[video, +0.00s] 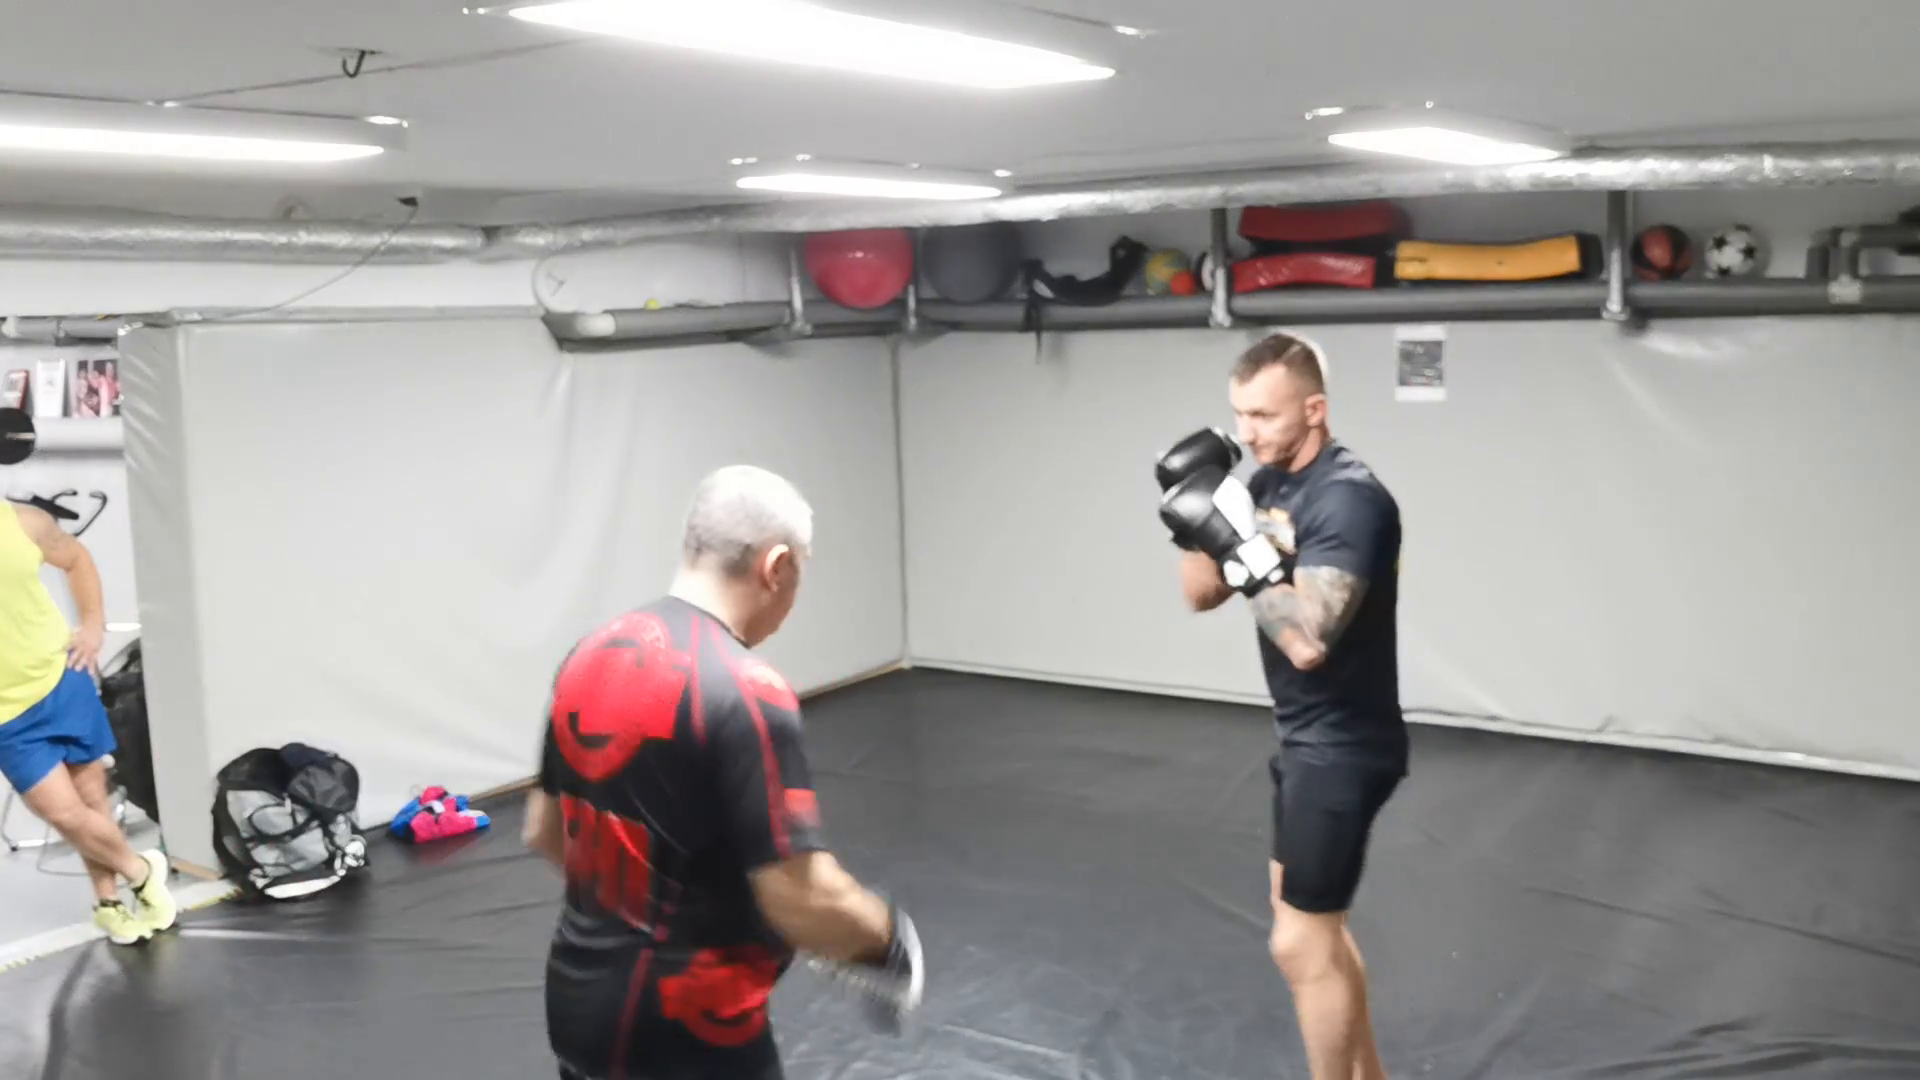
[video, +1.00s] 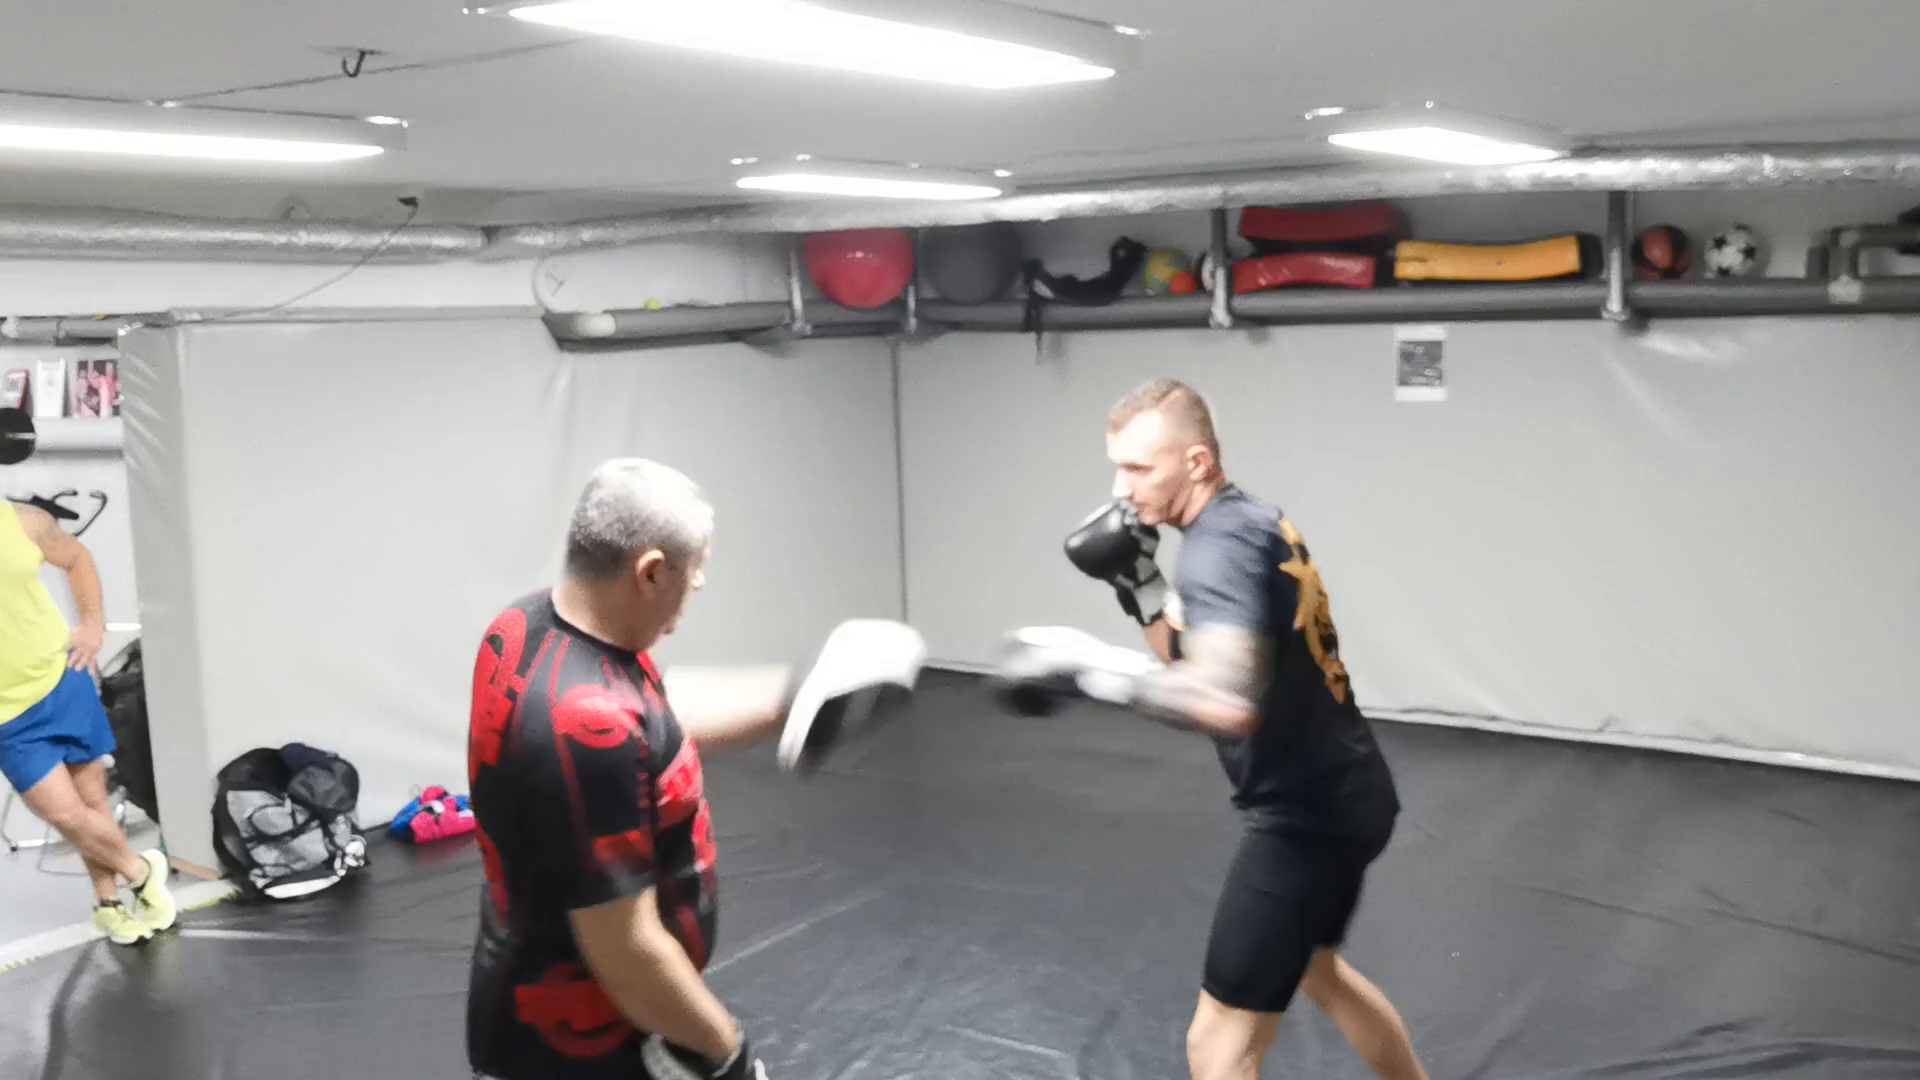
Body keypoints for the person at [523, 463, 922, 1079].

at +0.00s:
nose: (795, 595)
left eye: (802, 575)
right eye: (801, 573)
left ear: (693, 546)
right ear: (774, 567)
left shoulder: (592, 653)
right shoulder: (744, 691)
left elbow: (546, 833)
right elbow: (798, 898)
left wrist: (655, 884)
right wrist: (887, 938)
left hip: (583, 991)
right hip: (694, 1024)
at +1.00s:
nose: (696, 591)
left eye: (698, 574)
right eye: (694, 573)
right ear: (649, 571)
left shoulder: (528, 629)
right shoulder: (588, 728)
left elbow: (655, 723)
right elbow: (625, 947)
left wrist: (799, 697)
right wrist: (730, 1052)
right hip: (595, 1047)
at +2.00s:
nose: (586, 592)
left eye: (589, 575)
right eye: (580, 576)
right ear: (530, 578)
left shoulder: (410, 639)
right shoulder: (502, 723)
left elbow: (592, 613)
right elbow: (562, 950)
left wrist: (679, 520)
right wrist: (648, 1063)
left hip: (442, 1001)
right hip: (527, 1046)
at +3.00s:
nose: (451, 611)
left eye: (451, 589)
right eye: (433, 593)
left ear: (374, 591)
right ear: (362, 589)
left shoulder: (393, 669)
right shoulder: (250, 708)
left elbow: (506, 734)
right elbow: (239, 935)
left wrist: (630, 705)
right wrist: (338, 1072)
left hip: (370, 1036)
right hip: (260, 1056)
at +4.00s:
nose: (276, 641)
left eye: (275, 615)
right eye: (248, 623)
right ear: (157, 622)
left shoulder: (295, 699)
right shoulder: (33, 756)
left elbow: (403, 857)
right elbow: (3, 971)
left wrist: (348, 1014)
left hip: (275, 1058)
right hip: (111, 1066)